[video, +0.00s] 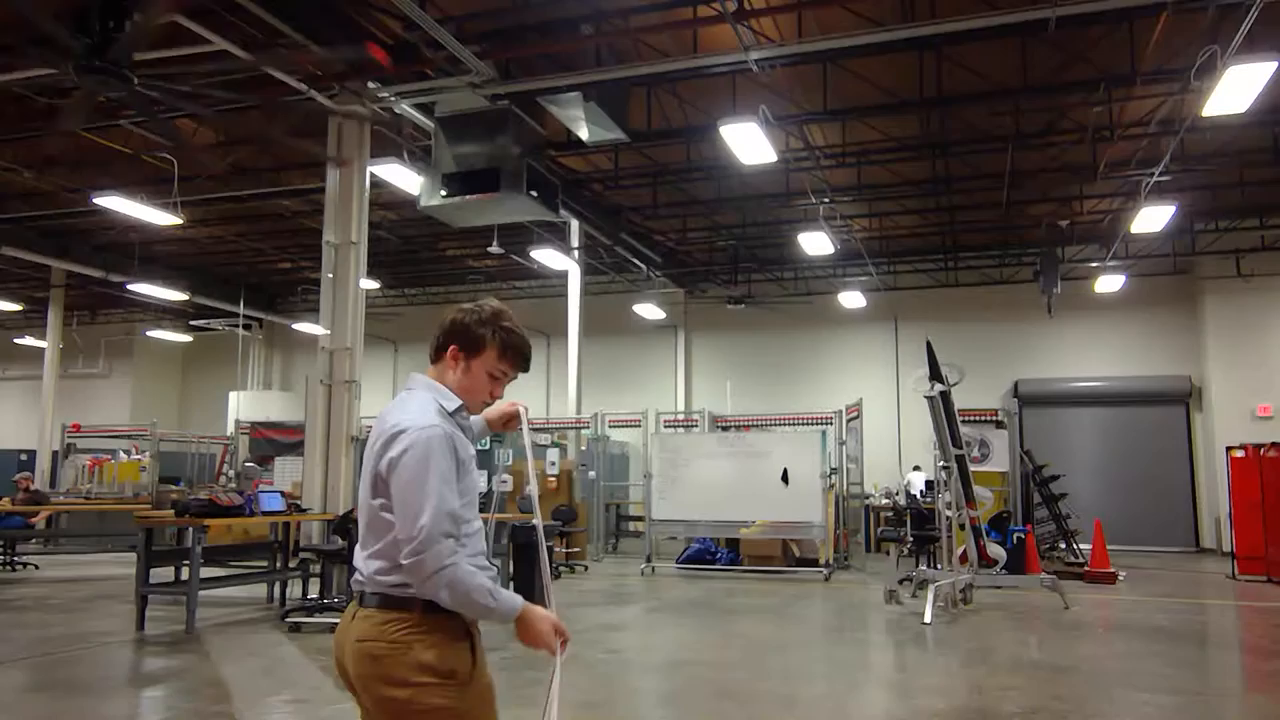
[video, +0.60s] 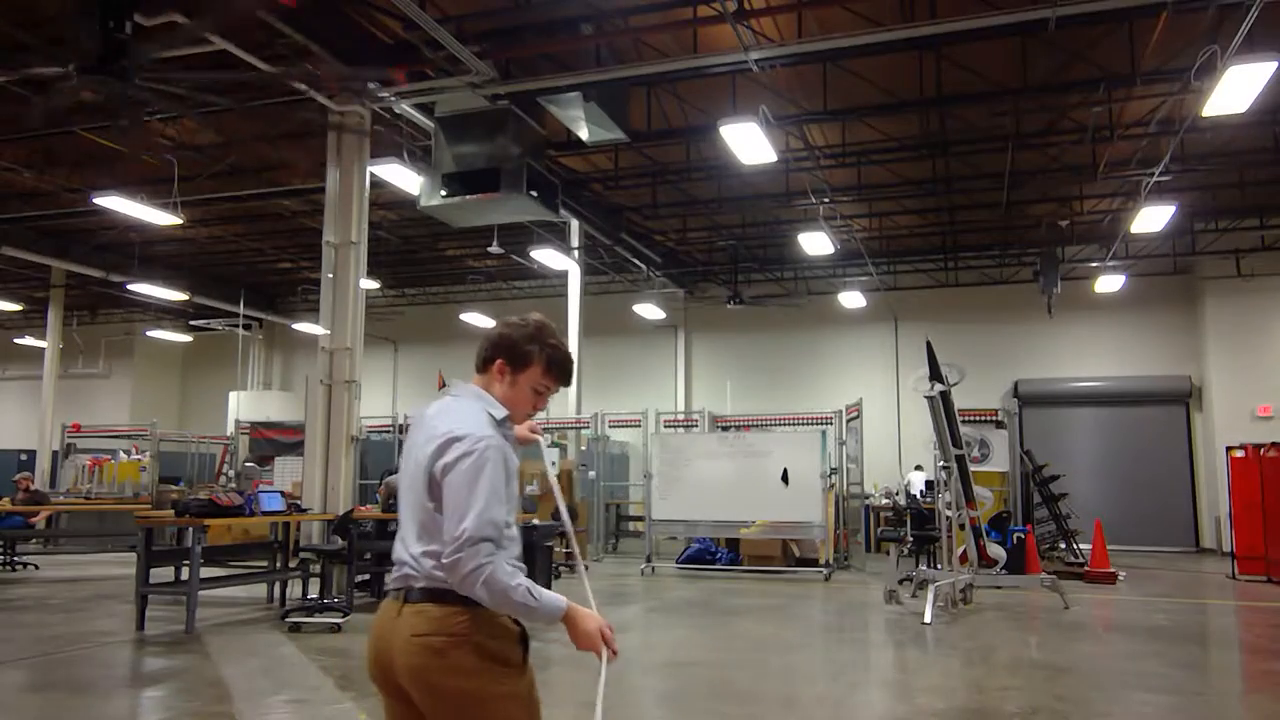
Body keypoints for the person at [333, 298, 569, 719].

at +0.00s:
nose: (498, 394)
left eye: (504, 383)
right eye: (495, 377)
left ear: (452, 360)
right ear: (455, 358)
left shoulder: (406, 411)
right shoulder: (426, 429)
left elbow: (440, 436)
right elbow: (432, 561)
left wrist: (484, 423)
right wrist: (519, 612)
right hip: (414, 637)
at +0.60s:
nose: (541, 408)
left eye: (548, 396)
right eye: (539, 392)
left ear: (496, 372)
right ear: (501, 371)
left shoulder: (433, 413)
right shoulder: (480, 438)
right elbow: (474, 563)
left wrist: (505, 434)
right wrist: (568, 613)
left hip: (395, 619)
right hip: (455, 633)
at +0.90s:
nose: (590, 411)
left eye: (596, 400)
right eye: (589, 396)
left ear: (549, 376)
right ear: (553, 377)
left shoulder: (479, 417)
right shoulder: (528, 440)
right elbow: (524, 561)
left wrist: (549, 434)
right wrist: (606, 634)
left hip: (445, 610)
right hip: (503, 622)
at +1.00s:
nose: (607, 416)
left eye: (613, 405)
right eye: (607, 401)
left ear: (568, 379)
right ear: (573, 382)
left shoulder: (495, 415)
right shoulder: (544, 443)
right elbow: (532, 566)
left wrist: (561, 431)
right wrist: (592, 648)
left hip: (453, 608)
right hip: (506, 620)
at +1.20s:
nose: (630, 422)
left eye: (636, 413)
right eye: (633, 410)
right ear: (604, 393)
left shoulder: (519, 410)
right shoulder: (556, 457)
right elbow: (502, 571)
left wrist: (585, 437)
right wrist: (558, 650)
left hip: (463, 605)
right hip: (515, 621)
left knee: (483, 714)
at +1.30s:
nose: (627, 428)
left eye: (634, 420)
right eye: (632, 417)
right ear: (605, 398)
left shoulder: (525, 410)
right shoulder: (553, 461)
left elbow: (560, 424)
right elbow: (515, 573)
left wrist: (593, 443)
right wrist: (587, 616)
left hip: (470, 601)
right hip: (516, 619)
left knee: (488, 714)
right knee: (540, 711)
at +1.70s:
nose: (602, 417)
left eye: (606, 407)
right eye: (601, 404)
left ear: (567, 388)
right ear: (569, 388)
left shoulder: (539, 434)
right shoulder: (524, 444)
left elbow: (564, 480)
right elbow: (509, 550)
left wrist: (605, 496)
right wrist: (602, 566)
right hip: (513, 612)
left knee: (513, 712)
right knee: (536, 712)